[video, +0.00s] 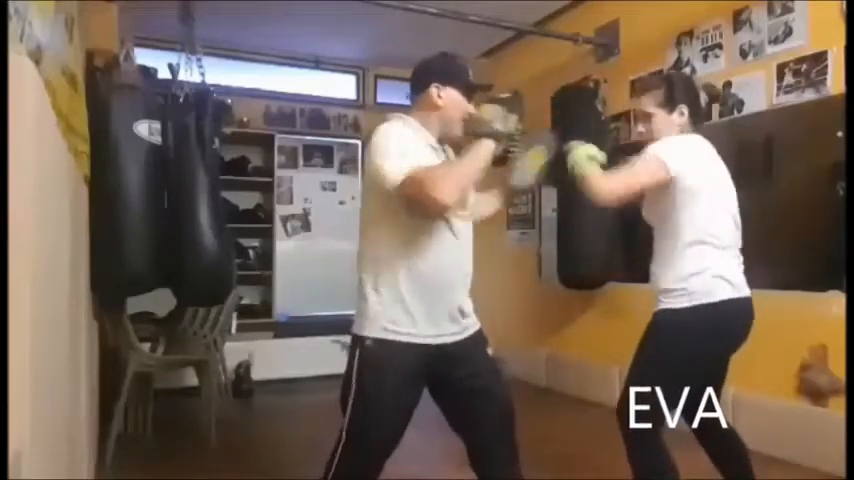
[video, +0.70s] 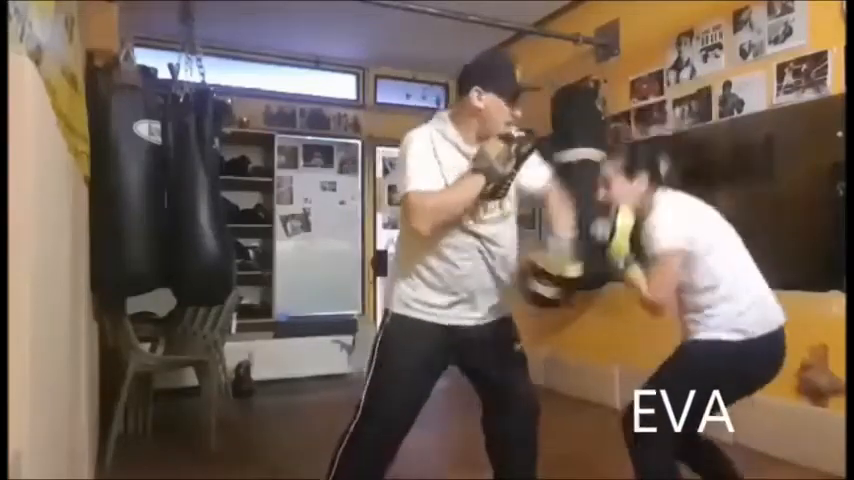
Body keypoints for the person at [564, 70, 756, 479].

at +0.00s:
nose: (638, 131)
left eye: (647, 118)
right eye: (635, 121)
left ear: (680, 115)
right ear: (681, 118)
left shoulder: (672, 153)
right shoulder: (704, 153)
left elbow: (607, 190)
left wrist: (581, 158)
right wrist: (635, 159)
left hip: (690, 311)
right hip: (729, 307)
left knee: (634, 414)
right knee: (701, 410)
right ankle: (743, 475)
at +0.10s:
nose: (640, 123)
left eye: (647, 111)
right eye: (637, 113)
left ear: (681, 107)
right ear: (678, 110)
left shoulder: (696, 151)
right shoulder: (693, 153)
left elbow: (664, 222)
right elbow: (659, 224)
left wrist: (626, 177)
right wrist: (625, 183)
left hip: (697, 307)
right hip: (712, 305)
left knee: (642, 415)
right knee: (705, 411)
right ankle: (747, 475)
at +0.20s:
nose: (641, 118)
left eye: (649, 107)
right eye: (638, 110)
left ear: (682, 103)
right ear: (637, 111)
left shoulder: (716, 154)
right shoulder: (656, 155)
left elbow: (679, 227)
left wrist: (658, 169)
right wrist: (578, 135)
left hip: (711, 303)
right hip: (682, 305)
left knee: (651, 414)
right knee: (709, 415)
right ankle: (746, 474)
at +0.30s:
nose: (638, 126)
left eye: (646, 114)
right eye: (635, 117)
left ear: (679, 109)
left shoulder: (716, 158)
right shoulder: (656, 161)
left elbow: (681, 237)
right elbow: (601, 207)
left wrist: (656, 175)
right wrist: (586, 156)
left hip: (718, 310)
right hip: (679, 314)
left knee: (654, 416)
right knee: (699, 418)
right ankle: (736, 475)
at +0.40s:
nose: (626, 159)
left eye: (633, 148)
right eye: (624, 149)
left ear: (666, 141)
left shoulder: (709, 182)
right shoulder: (646, 189)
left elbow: (678, 272)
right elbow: (622, 266)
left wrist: (652, 210)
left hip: (732, 327)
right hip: (688, 328)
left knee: (652, 423)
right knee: (670, 425)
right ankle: (722, 471)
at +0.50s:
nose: (605, 214)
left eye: (610, 201)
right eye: (603, 203)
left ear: (641, 195)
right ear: (639, 197)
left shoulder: (686, 223)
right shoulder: (655, 231)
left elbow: (677, 312)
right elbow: (631, 313)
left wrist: (640, 279)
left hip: (747, 349)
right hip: (718, 346)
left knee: (647, 421)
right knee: (659, 422)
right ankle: (716, 474)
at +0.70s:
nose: (603, 194)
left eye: (609, 183)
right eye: (603, 185)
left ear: (640, 180)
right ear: (642, 180)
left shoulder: (664, 216)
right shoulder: (675, 206)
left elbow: (658, 302)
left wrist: (625, 264)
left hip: (730, 344)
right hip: (756, 338)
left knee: (641, 422)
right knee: (672, 429)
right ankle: (727, 473)